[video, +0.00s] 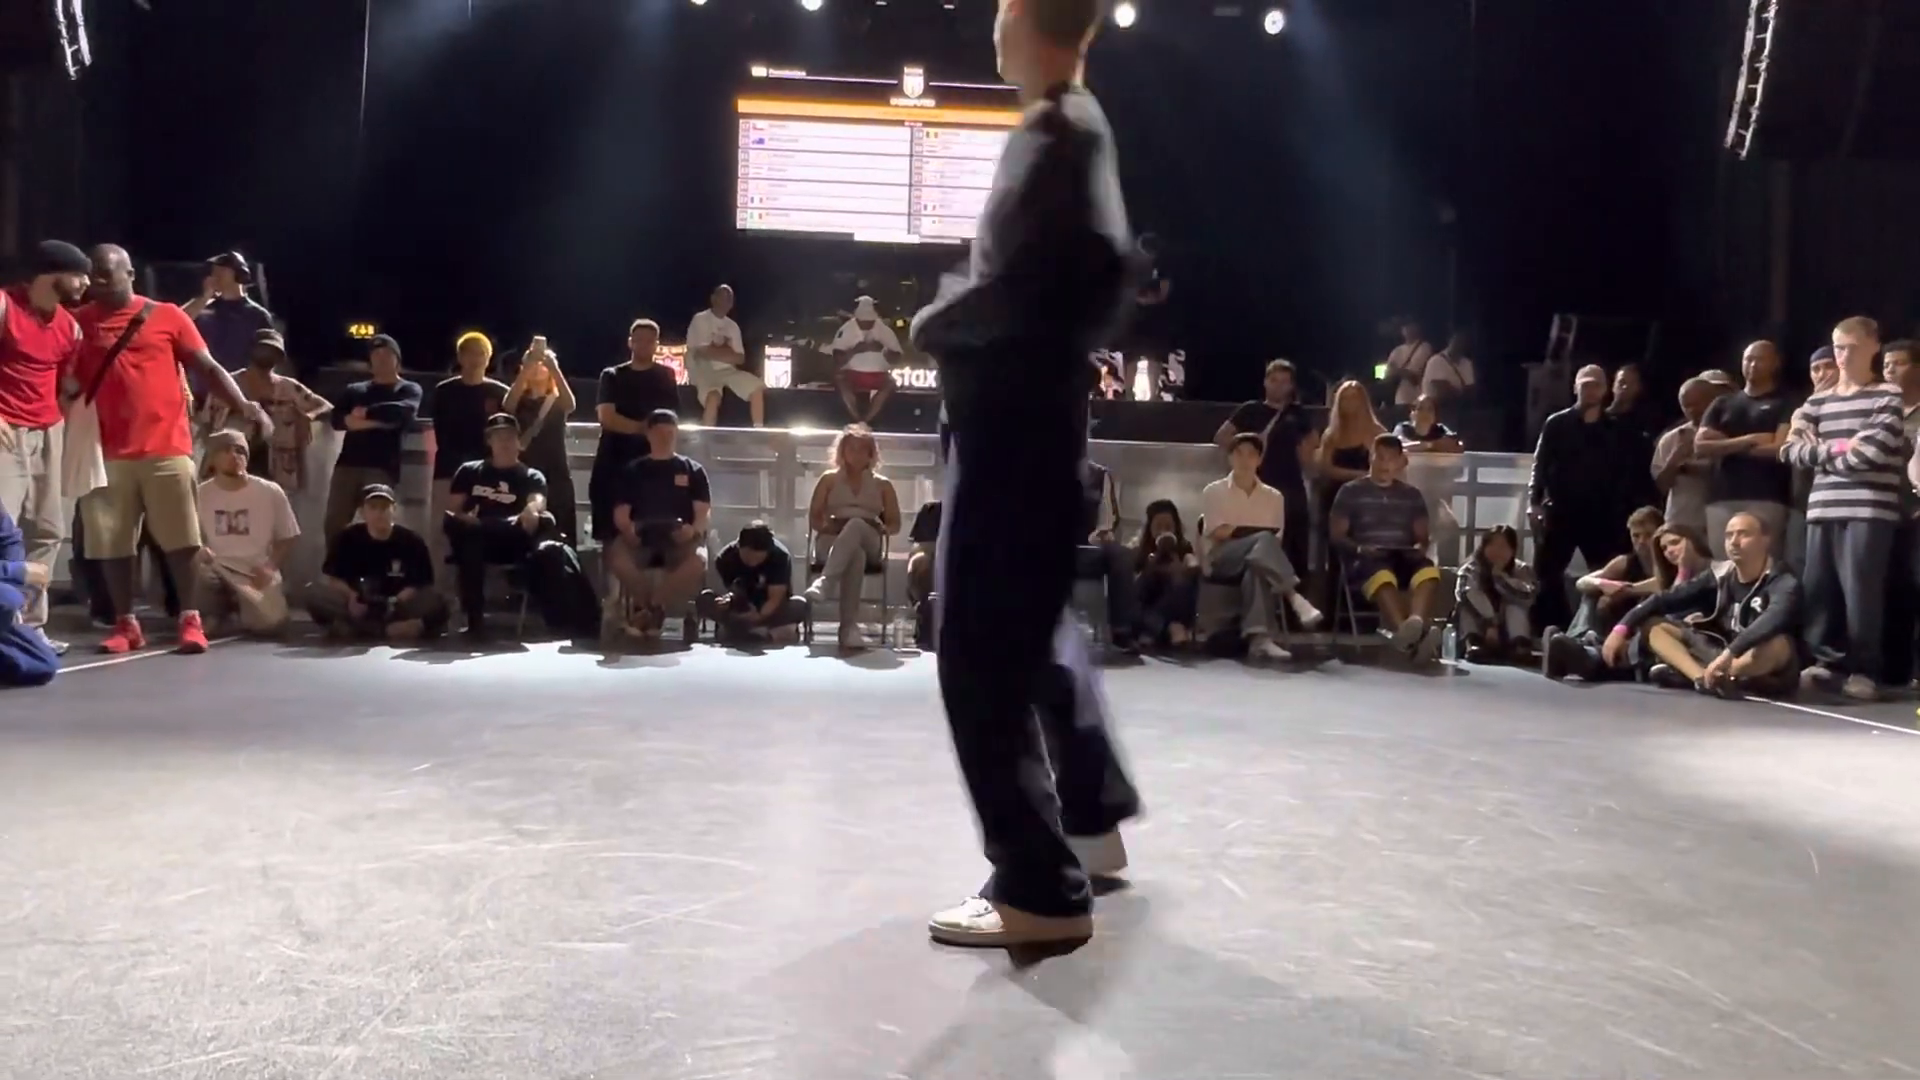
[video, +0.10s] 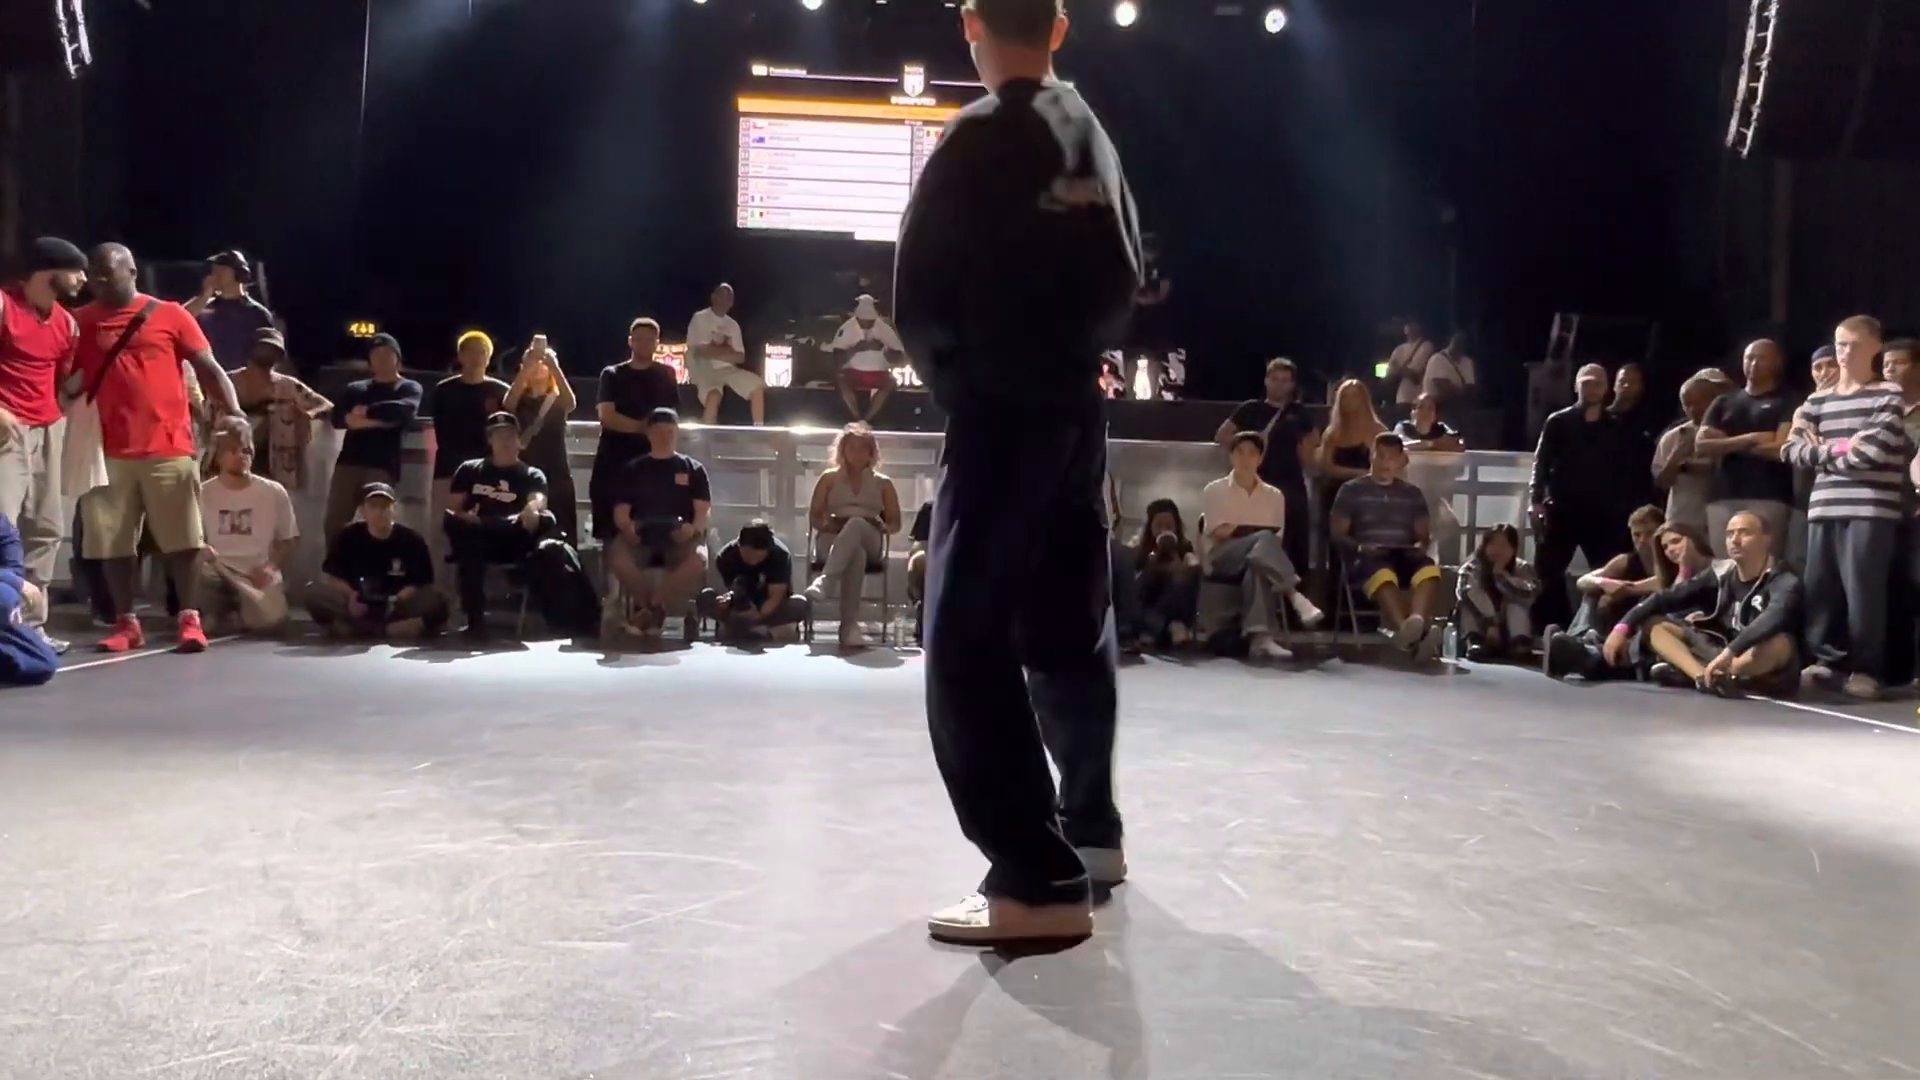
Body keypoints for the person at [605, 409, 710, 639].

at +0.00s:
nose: (665, 436)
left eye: (670, 431)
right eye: (659, 431)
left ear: (676, 434)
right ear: (648, 434)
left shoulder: (693, 470)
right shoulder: (632, 470)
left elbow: (702, 512)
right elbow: (621, 512)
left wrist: (692, 529)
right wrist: (630, 532)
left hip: (678, 531)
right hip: (642, 530)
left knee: (697, 560)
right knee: (616, 555)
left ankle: (652, 609)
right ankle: (651, 608)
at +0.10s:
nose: (665, 435)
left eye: (669, 430)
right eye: (659, 430)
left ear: (676, 432)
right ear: (648, 433)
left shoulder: (693, 469)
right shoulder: (632, 469)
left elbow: (702, 511)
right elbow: (621, 511)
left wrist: (692, 529)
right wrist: (630, 531)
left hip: (678, 530)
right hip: (641, 530)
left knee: (698, 559)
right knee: (616, 553)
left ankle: (651, 609)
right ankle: (653, 609)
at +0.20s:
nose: (666, 433)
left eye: (670, 428)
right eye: (660, 428)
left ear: (677, 431)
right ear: (649, 431)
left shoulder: (694, 467)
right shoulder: (632, 467)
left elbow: (703, 511)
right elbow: (622, 509)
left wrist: (693, 527)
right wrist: (631, 528)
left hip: (679, 529)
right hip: (642, 528)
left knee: (698, 557)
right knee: (618, 551)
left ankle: (651, 607)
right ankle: (654, 607)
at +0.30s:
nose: (668, 433)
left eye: (672, 428)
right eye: (662, 428)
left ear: (679, 430)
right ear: (651, 430)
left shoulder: (696, 467)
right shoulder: (635, 467)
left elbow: (705, 509)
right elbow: (624, 509)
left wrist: (695, 527)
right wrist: (633, 528)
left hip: (680, 530)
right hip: (645, 529)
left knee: (700, 558)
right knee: (619, 551)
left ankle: (651, 608)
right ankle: (658, 606)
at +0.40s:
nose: (669, 433)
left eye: (673, 428)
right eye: (664, 428)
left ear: (681, 431)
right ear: (653, 431)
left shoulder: (697, 467)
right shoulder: (636, 467)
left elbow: (707, 509)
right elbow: (625, 508)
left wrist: (697, 527)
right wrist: (635, 528)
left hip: (682, 529)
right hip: (646, 528)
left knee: (702, 557)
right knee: (622, 551)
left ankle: (654, 608)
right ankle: (658, 607)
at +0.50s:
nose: (670, 433)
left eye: (675, 428)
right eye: (665, 428)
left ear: (682, 430)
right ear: (654, 430)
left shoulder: (698, 467)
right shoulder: (637, 467)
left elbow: (707, 509)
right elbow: (626, 509)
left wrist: (698, 527)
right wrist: (635, 528)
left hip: (683, 528)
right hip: (647, 528)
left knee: (703, 557)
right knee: (623, 552)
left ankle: (655, 607)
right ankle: (659, 606)